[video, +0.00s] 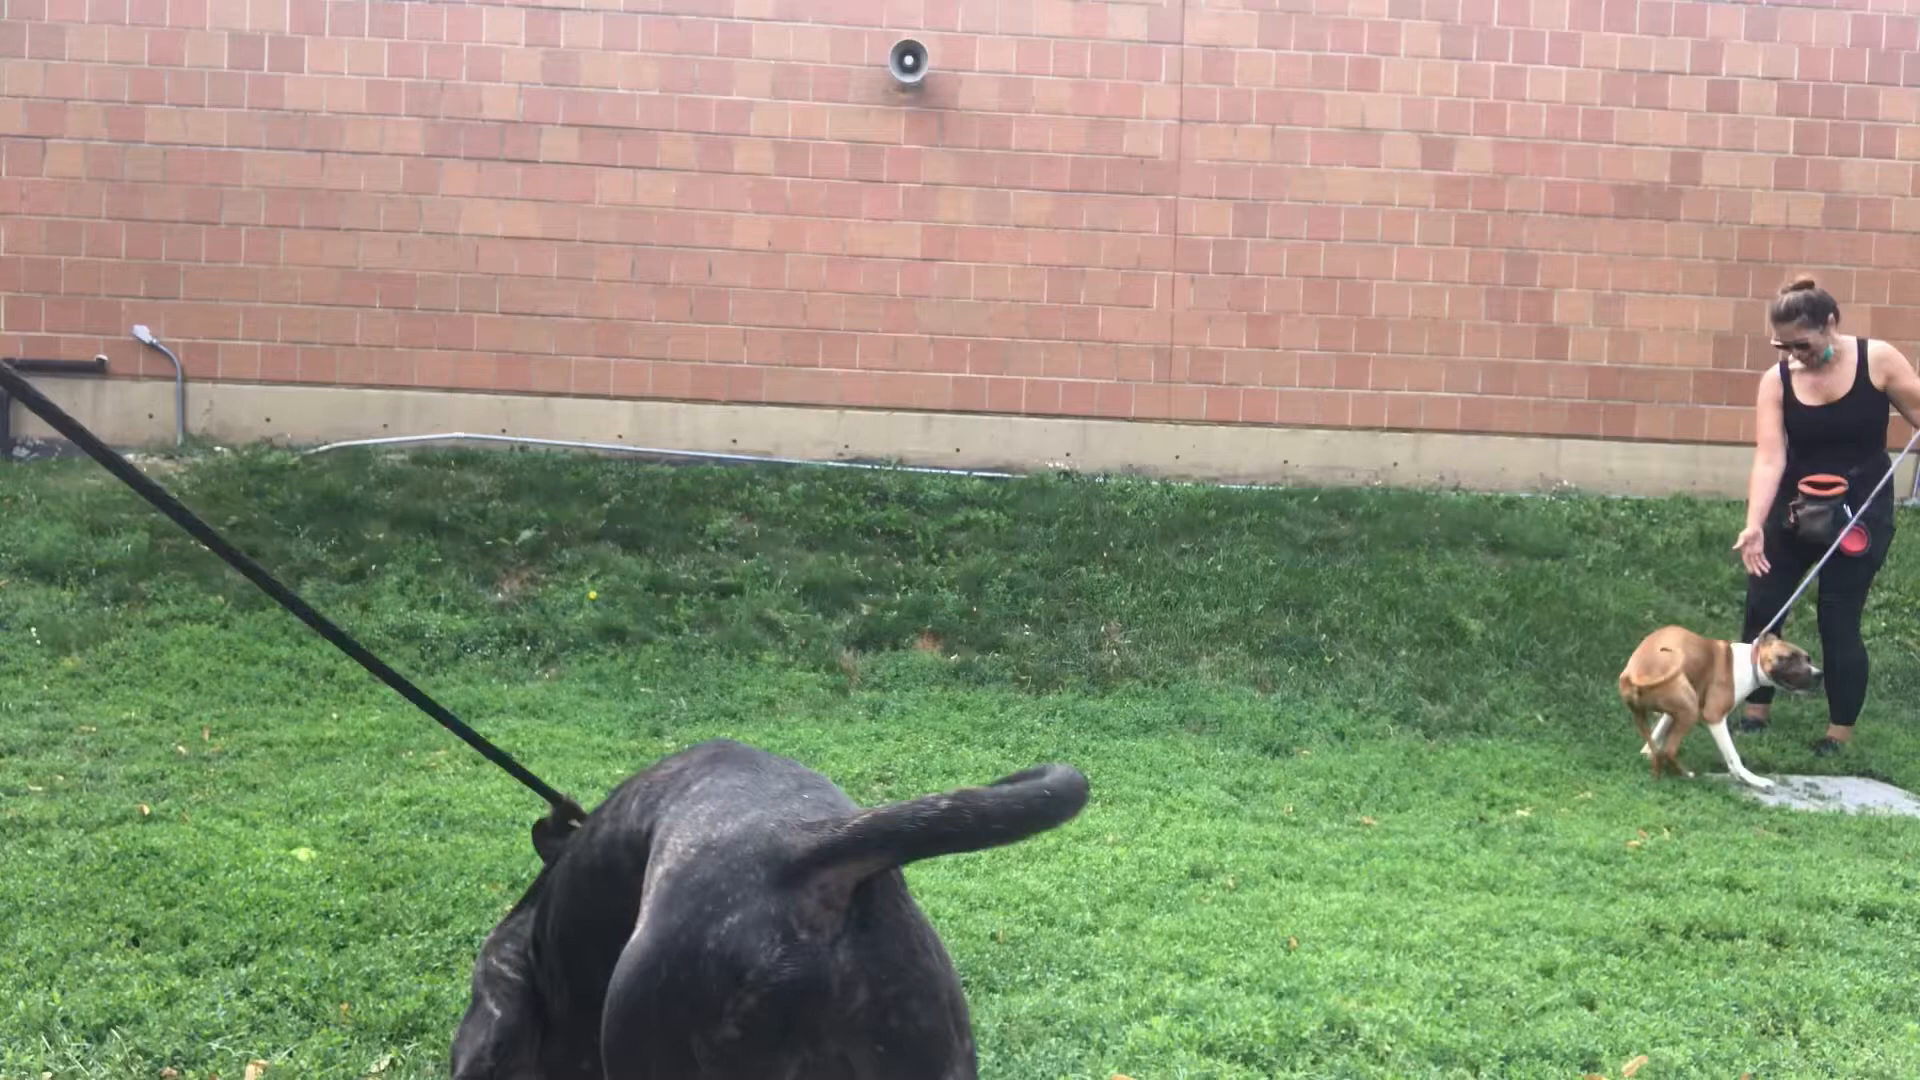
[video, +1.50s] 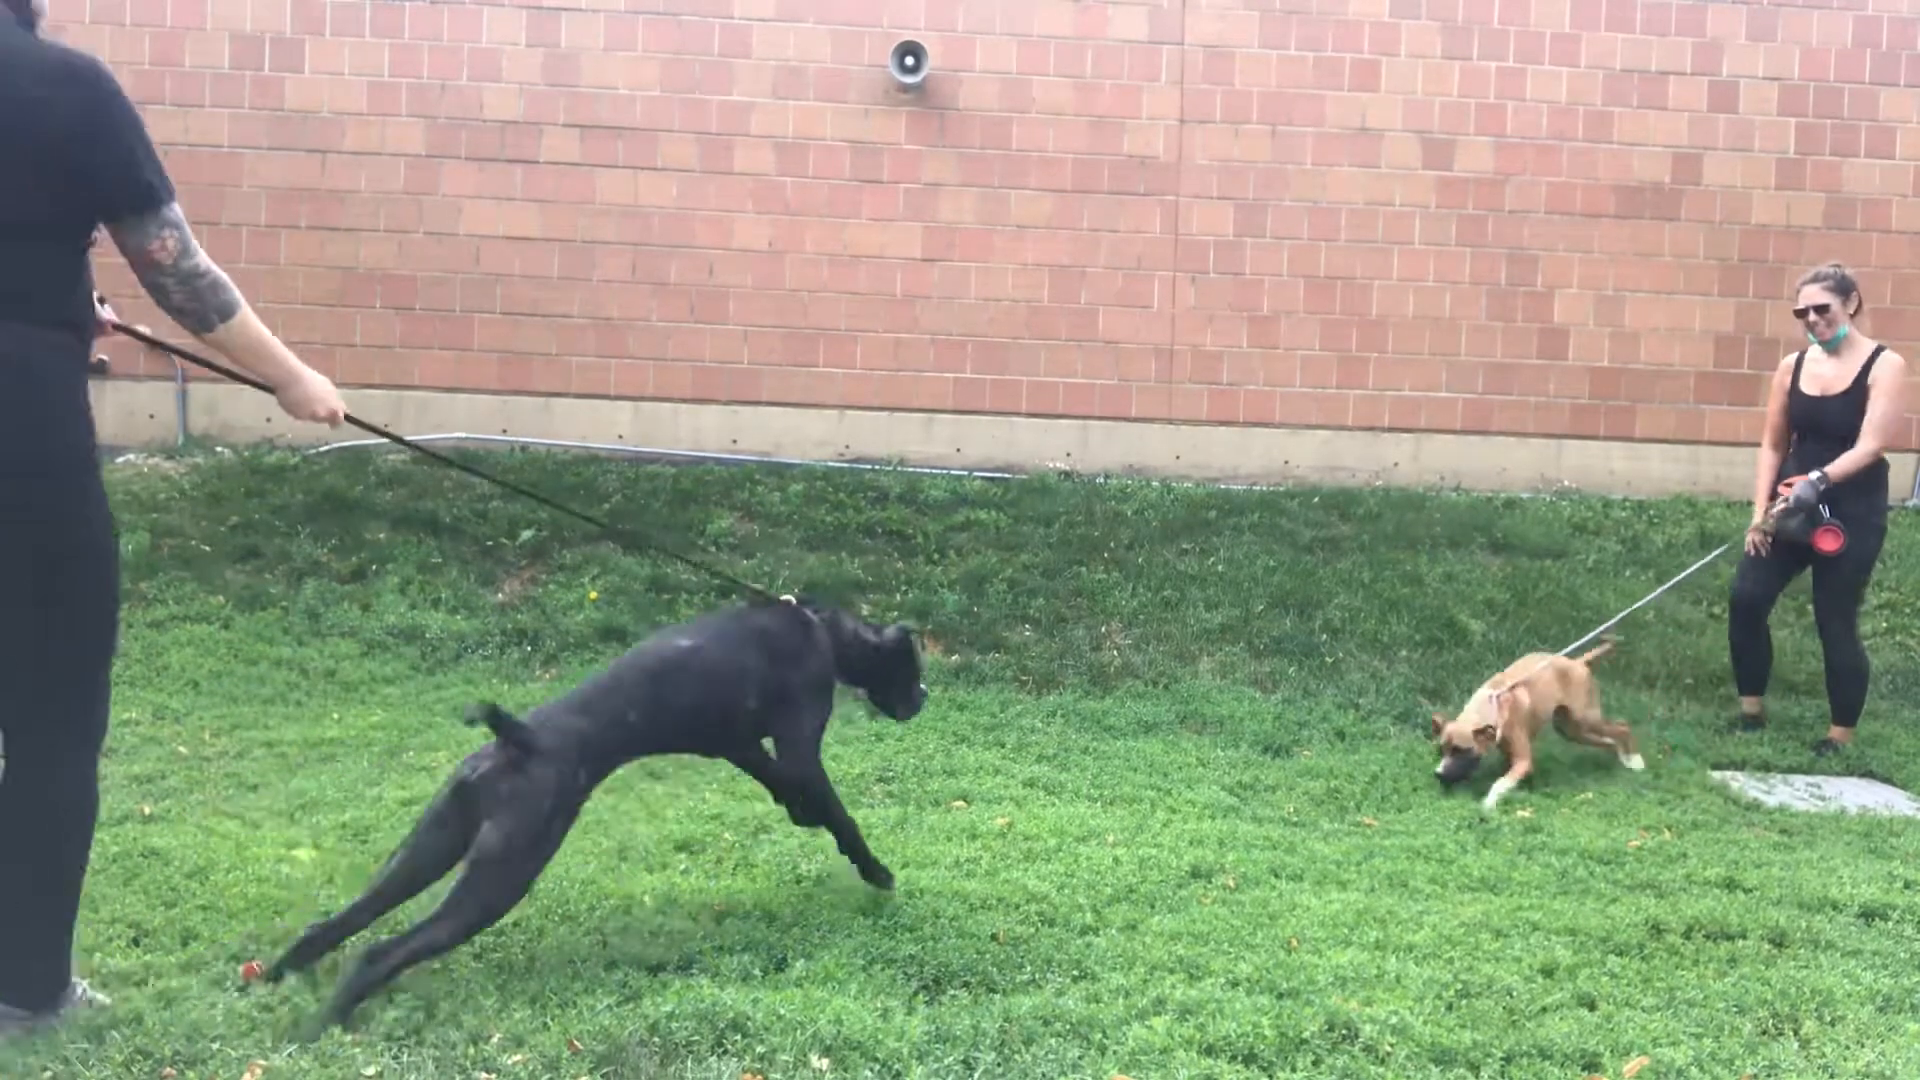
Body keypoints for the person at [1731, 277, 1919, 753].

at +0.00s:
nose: (1793, 357)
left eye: (1802, 346)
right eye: (1784, 346)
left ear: (1831, 326)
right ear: (1775, 334)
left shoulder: (1879, 360)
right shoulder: (1775, 382)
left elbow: (1917, 418)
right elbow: (1768, 460)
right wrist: (1754, 523)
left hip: (1861, 506)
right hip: (1793, 503)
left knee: (1837, 615)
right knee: (1762, 599)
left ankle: (1839, 732)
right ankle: (1755, 711)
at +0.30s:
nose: (1800, 352)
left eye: (1810, 341)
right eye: (1791, 341)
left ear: (1838, 322)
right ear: (1782, 330)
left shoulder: (1884, 361)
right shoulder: (1778, 380)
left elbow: (1919, 417)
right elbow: (1774, 459)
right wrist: (1765, 523)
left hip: (1860, 511)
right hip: (1794, 510)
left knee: (1839, 621)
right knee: (1759, 607)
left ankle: (1839, 736)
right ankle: (1753, 710)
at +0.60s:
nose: (1816, 338)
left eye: (1826, 328)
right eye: (1807, 329)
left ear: (1851, 313)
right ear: (1797, 322)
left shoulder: (1893, 365)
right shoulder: (1787, 371)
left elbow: (1917, 430)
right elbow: (1765, 452)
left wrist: (1906, 432)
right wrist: (1757, 522)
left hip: (1861, 512)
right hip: (1794, 507)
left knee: (1840, 619)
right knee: (1758, 607)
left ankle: (1840, 731)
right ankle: (1745, 709)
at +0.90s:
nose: (1820, 321)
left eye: (1830, 310)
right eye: (1810, 313)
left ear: (1855, 305)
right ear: (1803, 314)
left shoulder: (1893, 364)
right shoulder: (1792, 368)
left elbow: (1912, 443)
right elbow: (1768, 447)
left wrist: (1910, 404)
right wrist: (1759, 513)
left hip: (1858, 510)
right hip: (1792, 506)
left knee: (1840, 619)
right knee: (1754, 605)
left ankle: (1841, 732)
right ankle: (1755, 712)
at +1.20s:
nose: (1816, 317)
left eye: (1827, 307)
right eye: (1808, 309)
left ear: (1854, 303)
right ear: (1802, 312)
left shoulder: (1892, 364)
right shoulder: (1793, 366)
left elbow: (1918, 434)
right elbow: (1769, 445)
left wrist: (1872, 443)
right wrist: (1766, 511)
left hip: (1857, 513)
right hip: (1794, 507)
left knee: (1839, 618)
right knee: (1755, 601)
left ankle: (1840, 732)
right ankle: (1754, 714)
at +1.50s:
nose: (1812, 320)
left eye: (1822, 309)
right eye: (1804, 313)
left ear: (1850, 304)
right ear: (1799, 314)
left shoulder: (1884, 365)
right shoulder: (1792, 366)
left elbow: (1871, 447)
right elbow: (1771, 445)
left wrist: (1815, 482)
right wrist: (1759, 513)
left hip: (1854, 509)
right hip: (1793, 503)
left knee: (1834, 617)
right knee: (1746, 596)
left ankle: (1841, 736)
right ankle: (1750, 712)